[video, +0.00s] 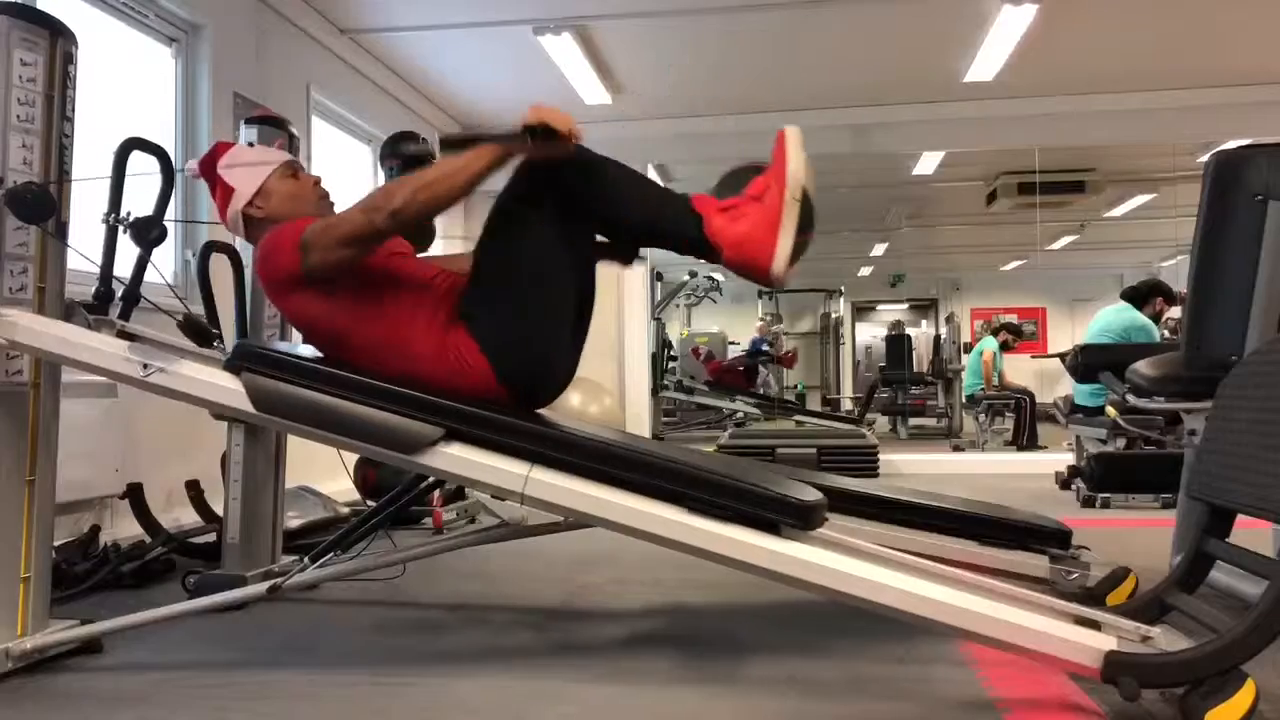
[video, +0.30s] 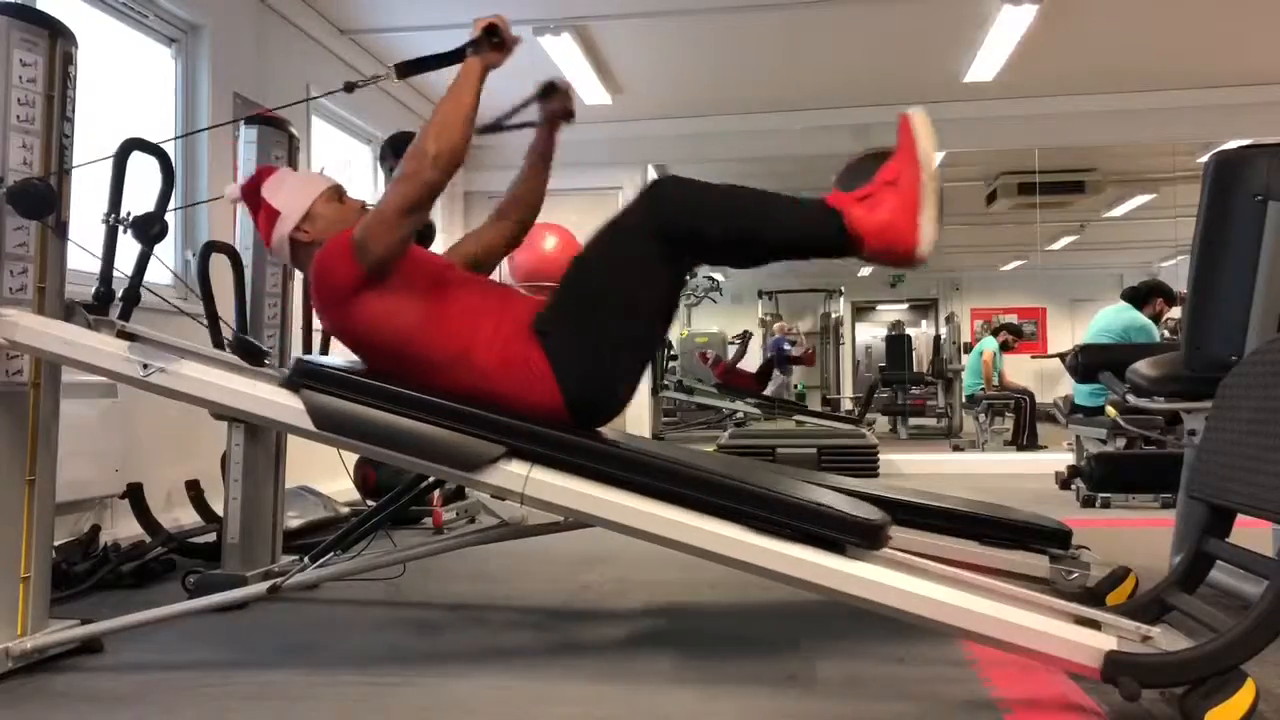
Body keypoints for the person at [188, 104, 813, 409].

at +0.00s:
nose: (311, 178)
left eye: (299, 168)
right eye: (290, 173)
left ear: (267, 199)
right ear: (257, 202)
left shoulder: (324, 259)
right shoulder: (282, 252)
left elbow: (450, 274)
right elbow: (391, 210)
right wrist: (510, 145)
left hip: (506, 353)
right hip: (499, 359)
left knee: (556, 179)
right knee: (553, 171)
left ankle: (728, 227)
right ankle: (732, 234)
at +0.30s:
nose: (349, 199)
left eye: (339, 192)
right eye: (329, 198)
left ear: (334, 218)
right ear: (305, 231)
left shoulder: (383, 277)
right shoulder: (338, 270)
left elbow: (503, 229)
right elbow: (430, 167)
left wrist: (545, 134)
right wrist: (480, 60)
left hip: (558, 358)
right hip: (557, 374)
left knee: (664, 210)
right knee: (662, 210)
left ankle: (845, 213)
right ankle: (869, 226)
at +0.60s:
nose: (386, 232)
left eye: (378, 226)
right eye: (371, 235)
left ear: (397, 247)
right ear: (368, 270)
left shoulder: (474, 307)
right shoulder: (417, 317)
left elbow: (513, 217)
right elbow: (439, 181)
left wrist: (472, 123)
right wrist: (411, 84)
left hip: (665, 379)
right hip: (657, 399)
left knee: (798, 264)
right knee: (792, 268)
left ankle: (999, 199)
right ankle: (1004, 202)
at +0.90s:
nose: (515, 251)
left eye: (503, 242)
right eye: (499, 247)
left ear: (464, 286)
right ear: (474, 278)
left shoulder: (519, 335)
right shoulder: (505, 342)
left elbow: (477, 229)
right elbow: (460, 222)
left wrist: (411, 188)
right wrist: (384, 177)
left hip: (751, 406)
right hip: (752, 426)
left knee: (890, 279)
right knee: (894, 282)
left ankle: (1077, 190)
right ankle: (1099, 190)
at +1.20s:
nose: (532, 265)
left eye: (519, 257)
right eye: (510, 260)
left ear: (477, 307)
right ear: (484, 301)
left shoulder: (536, 352)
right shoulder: (523, 349)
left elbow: (463, 249)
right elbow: (453, 229)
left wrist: (413, 242)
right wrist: (360, 213)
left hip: (767, 418)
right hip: (772, 438)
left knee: (898, 282)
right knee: (902, 288)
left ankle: (1092, 196)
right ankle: (1111, 199)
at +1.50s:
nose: (393, 243)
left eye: (383, 236)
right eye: (374, 247)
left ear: (405, 246)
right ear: (371, 287)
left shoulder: (473, 308)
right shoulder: (421, 332)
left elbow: (555, 262)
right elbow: (467, 239)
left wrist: (486, 189)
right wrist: (422, 143)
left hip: (673, 373)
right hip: (668, 398)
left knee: (770, 232)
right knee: (767, 232)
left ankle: (968, 178)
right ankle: (977, 182)